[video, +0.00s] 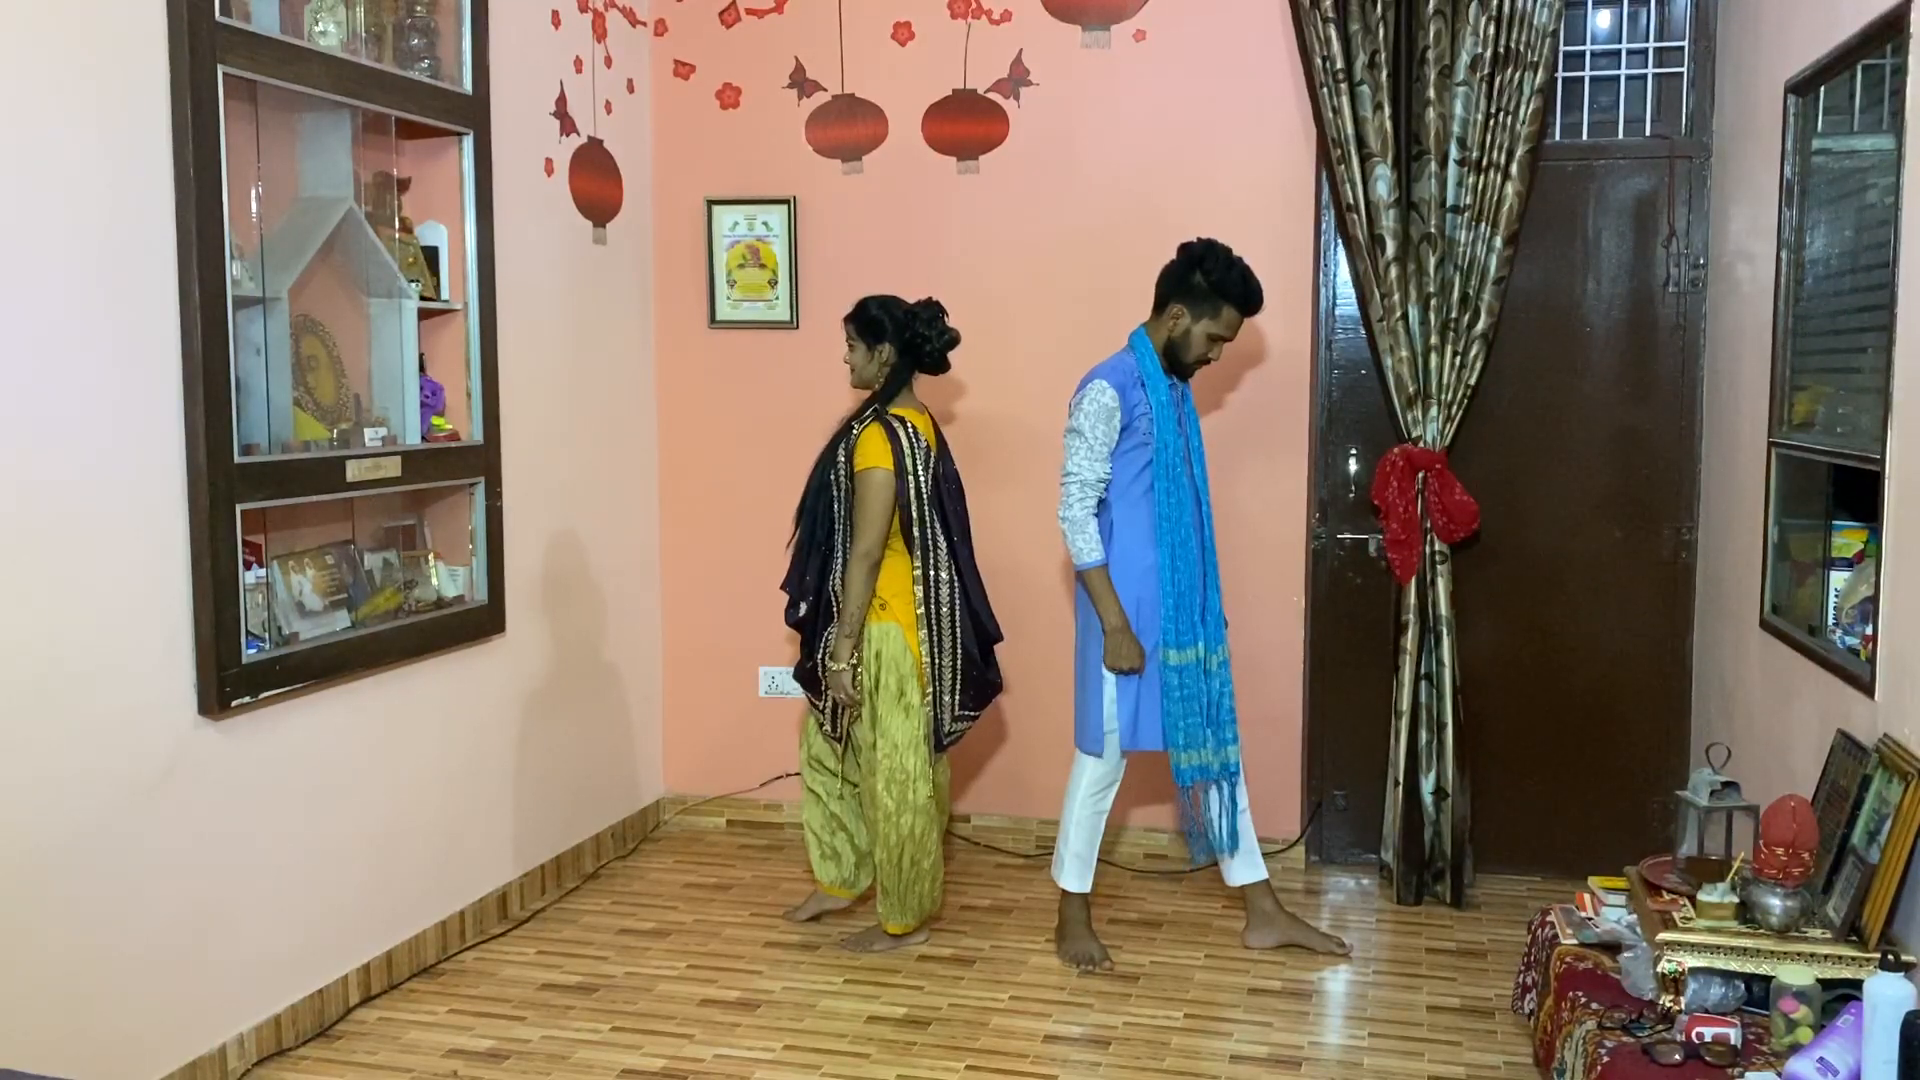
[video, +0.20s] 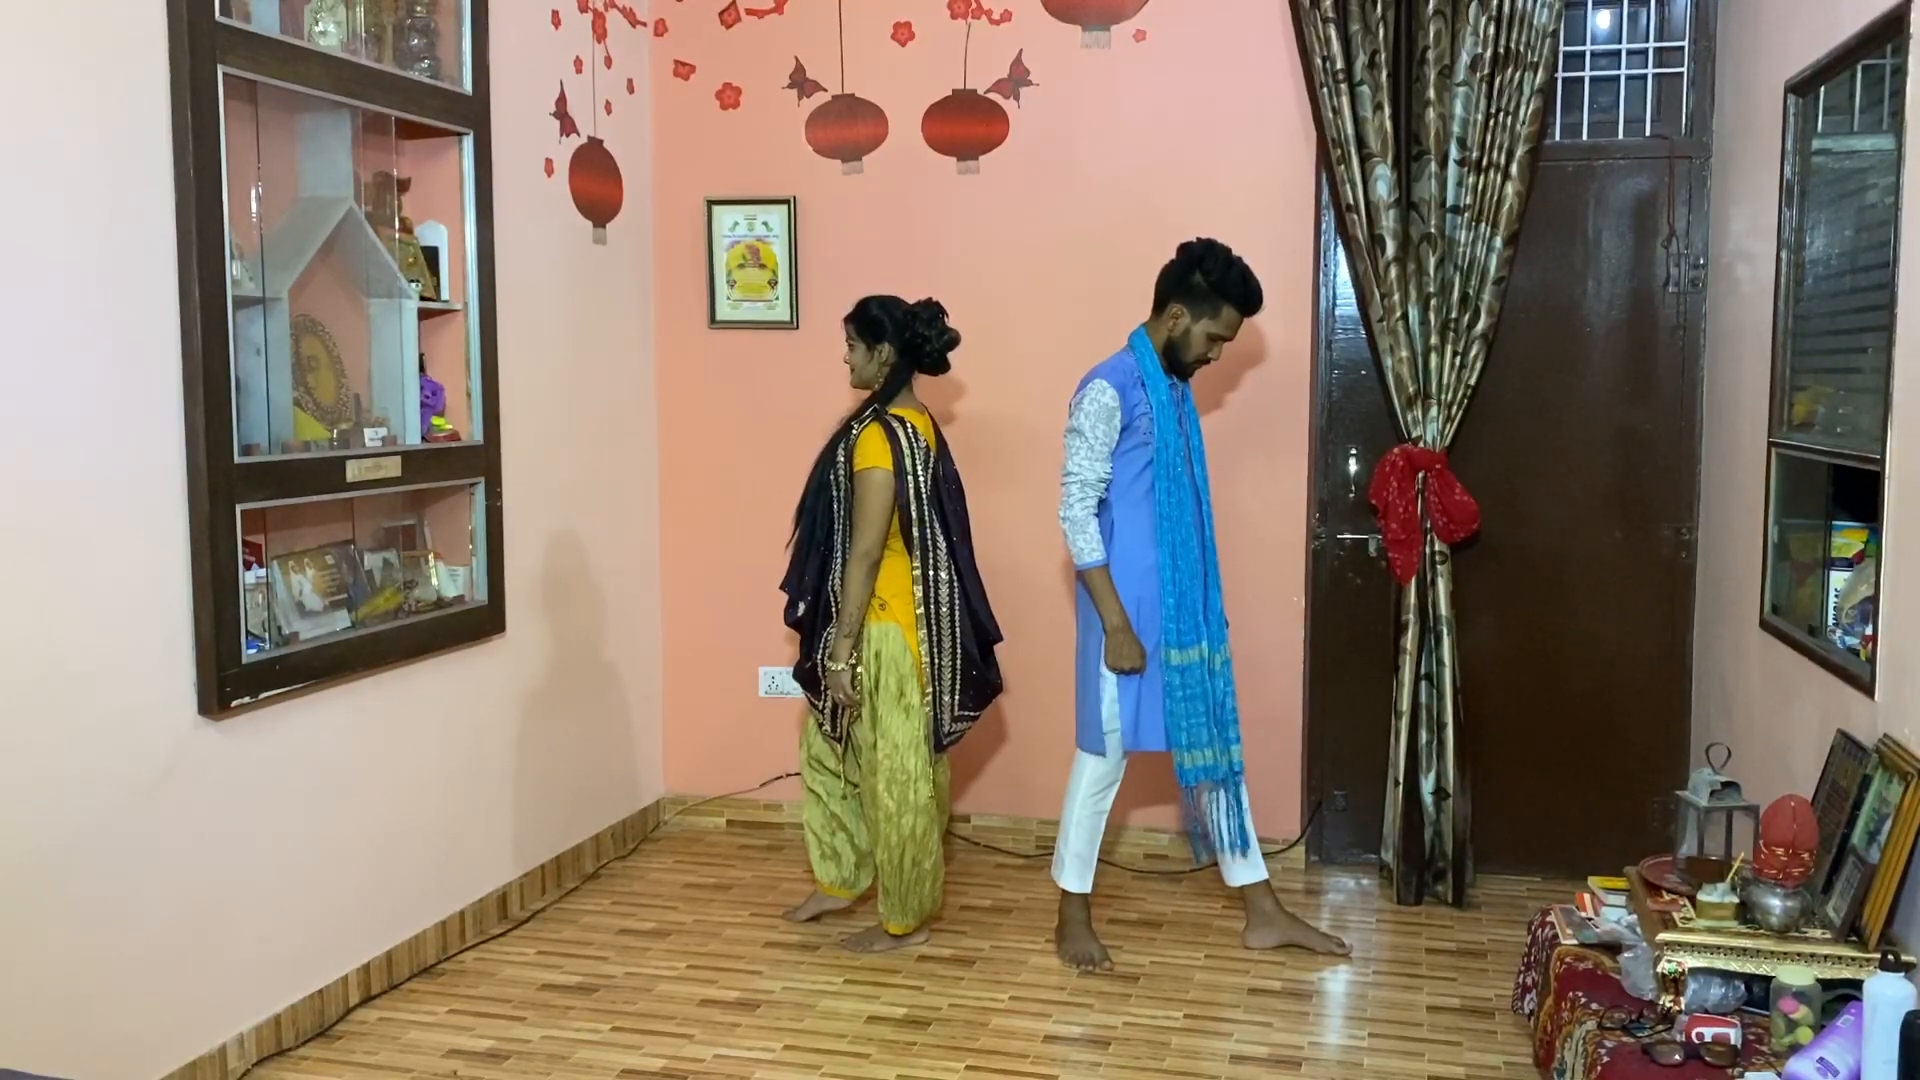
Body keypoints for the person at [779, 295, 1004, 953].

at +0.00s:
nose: (845, 359)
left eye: (854, 347)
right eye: (846, 346)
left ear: (887, 354)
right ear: (894, 354)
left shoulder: (880, 434)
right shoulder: (913, 423)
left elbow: (868, 551)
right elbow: (883, 547)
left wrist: (843, 648)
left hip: (886, 628)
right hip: (884, 618)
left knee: (896, 775)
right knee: (828, 752)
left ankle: (905, 915)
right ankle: (842, 878)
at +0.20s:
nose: (846, 359)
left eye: (856, 347)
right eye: (847, 346)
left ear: (888, 354)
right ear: (893, 354)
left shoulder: (880, 434)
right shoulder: (914, 424)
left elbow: (867, 550)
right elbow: (884, 546)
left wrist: (841, 645)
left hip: (885, 628)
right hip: (882, 618)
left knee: (897, 775)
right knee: (828, 753)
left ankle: (905, 915)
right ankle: (842, 879)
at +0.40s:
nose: (846, 359)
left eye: (856, 348)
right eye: (847, 346)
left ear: (888, 354)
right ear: (894, 354)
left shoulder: (880, 434)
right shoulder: (914, 424)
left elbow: (866, 550)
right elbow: (885, 546)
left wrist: (841, 645)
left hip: (884, 628)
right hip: (880, 619)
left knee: (897, 775)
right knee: (828, 752)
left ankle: (906, 915)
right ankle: (841, 879)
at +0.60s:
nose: (846, 358)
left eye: (855, 347)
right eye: (847, 346)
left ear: (886, 354)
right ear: (895, 354)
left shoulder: (879, 434)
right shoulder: (915, 425)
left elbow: (866, 550)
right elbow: (885, 546)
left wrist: (841, 646)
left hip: (884, 628)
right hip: (883, 619)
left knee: (897, 775)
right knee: (827, 752)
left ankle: (906, 915)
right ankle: (841, 879)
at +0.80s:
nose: (845, 359)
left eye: (854, 347)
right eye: (846, 346)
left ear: (885, 354)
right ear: (894, 354)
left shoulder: (879, 434)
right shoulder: (915, 424)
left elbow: (866, 550)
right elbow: (884, 546)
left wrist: (840, 647)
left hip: (883, 628)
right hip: (884, 619)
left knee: (896, 774)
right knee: (827, 753)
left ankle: (906, 915)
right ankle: (841, 879)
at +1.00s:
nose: (845, 358)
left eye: (854, 347)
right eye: (847, 346)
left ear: (885, 354)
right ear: (895, 354)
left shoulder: (879, 435)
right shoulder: (915, 425)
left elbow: (866, 549)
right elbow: (885, 546)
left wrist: (840, 646)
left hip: (881, 628)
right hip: (886, 619)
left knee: (895, 775)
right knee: (827, 752)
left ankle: (905, 918)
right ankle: (841, 879)